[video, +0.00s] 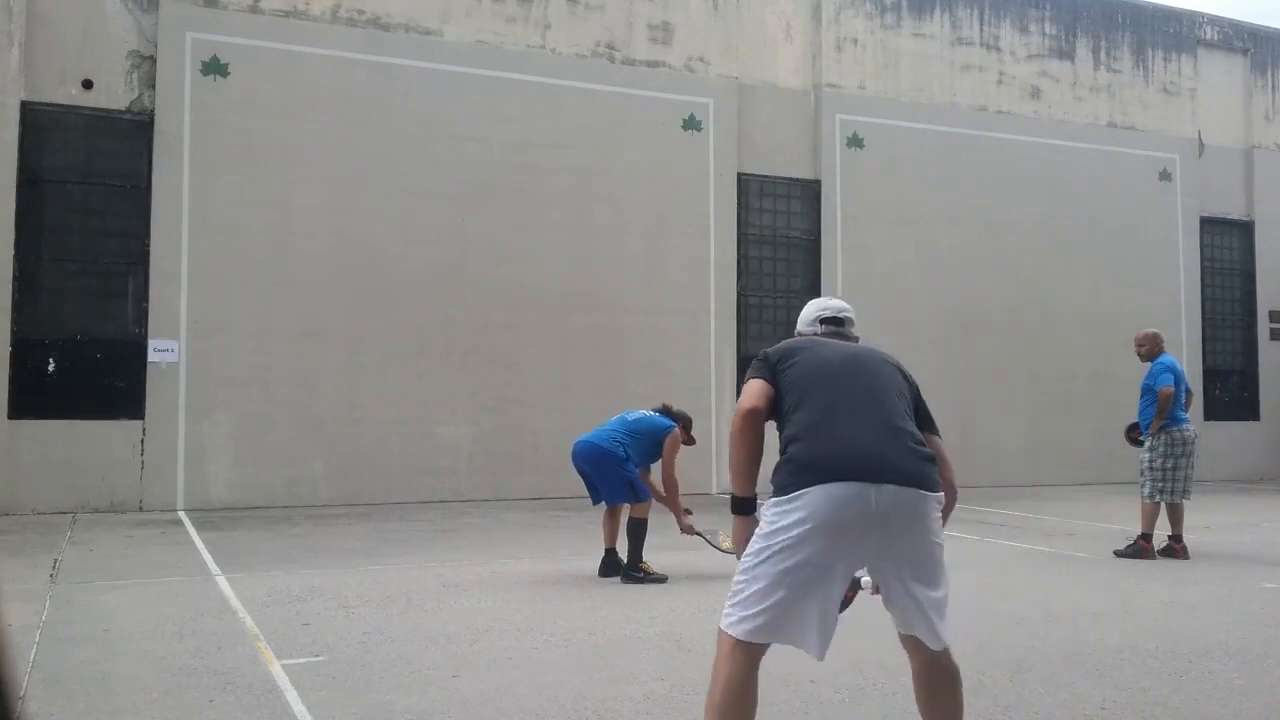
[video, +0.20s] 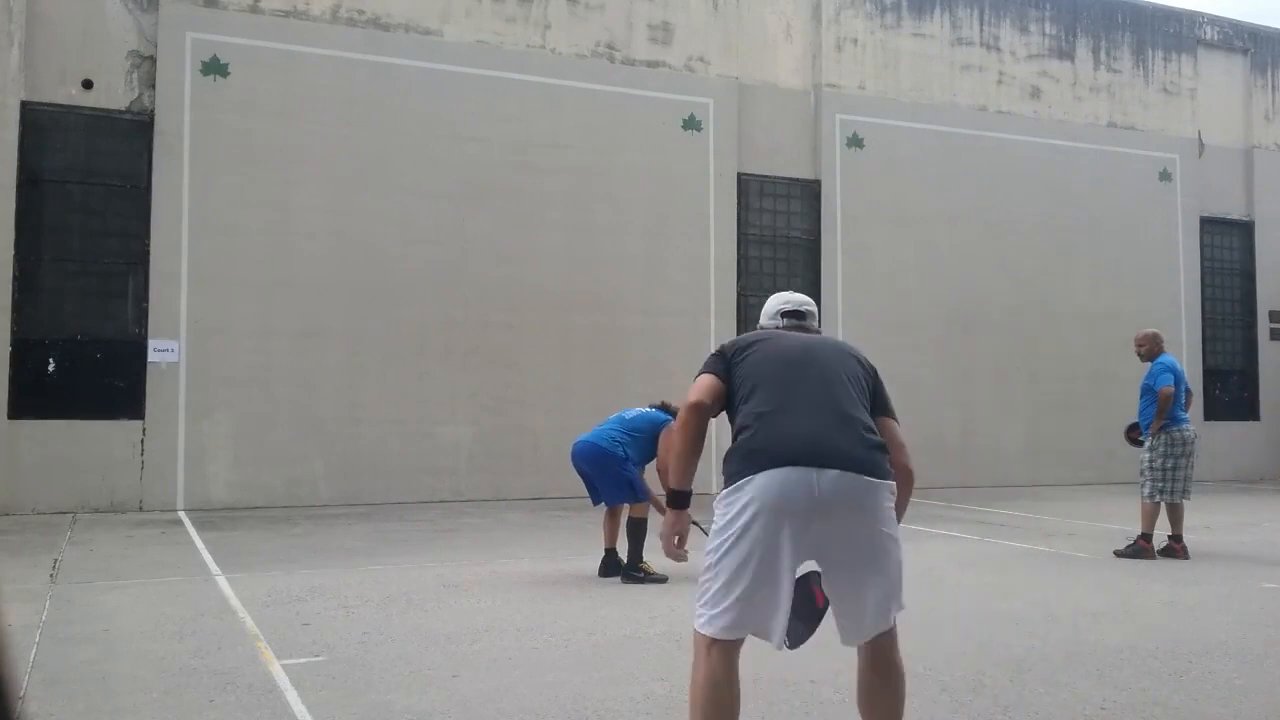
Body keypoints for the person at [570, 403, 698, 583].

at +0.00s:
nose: (681, 442)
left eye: (684, 439)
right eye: (683, 437)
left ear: (665, 417)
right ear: (680, 427)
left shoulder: (643, 426)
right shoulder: (672, 431)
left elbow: (644, 480)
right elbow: (668, 477)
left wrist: (675, 507)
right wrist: (681, 520)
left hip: (582, 450)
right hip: (607, 454)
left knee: (614, 502)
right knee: (642, 500)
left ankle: (609, 560)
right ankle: (634, 566)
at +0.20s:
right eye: (677, 426)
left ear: (658, 409)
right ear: (675, 420)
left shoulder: (637, 416)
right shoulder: (667, 423)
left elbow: (636, 477)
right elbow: (662, 467)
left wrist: (659, 506)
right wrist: (675, 506)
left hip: (581, 449)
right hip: (607, 453)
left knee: (614, 503)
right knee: (640, 501)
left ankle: (610, 560)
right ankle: (635, 565)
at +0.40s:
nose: (665, 426)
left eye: (667, 424)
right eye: (667, 421)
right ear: (666, 413)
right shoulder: (656, 411)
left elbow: (639, 472)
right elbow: (649, 443)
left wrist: (665, 486)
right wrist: (672, 477)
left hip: (575, 450)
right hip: (599, 451)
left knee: (611, 503)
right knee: (634, 499)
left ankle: (610, 560)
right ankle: (635, 564)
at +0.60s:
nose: (653, 426)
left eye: (657, 424)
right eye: (657, 421)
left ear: (652, 407)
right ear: (654, 408)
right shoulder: (642, 400)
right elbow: (630, 421)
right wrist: (662, 444)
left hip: (571, 444)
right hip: (586, 446)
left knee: (603, 500)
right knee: (618, 499)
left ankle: (605, 552)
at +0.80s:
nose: (642, 413)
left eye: (645, 410)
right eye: (643, 407)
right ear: (638, 394)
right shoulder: (623, 384)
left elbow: (603, 451)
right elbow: (625, 397)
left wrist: (630, 476)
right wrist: (659, 404)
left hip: (559, 443)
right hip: (573, 445)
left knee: (585, 502)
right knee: (589, 506)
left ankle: (582, 548)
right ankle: (561, 564)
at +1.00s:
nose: (638, 404)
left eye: (641, 399)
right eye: (641, 397)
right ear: (635, 389)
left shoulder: (613, 416)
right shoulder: (613, 385)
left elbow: (612, 451)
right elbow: (615, 356)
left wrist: (621, 478)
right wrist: (651, 352)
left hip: (546, 442)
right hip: (564, 446)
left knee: (556, 499)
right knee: (582, 504)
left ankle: (555, 552)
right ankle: (562, 563)